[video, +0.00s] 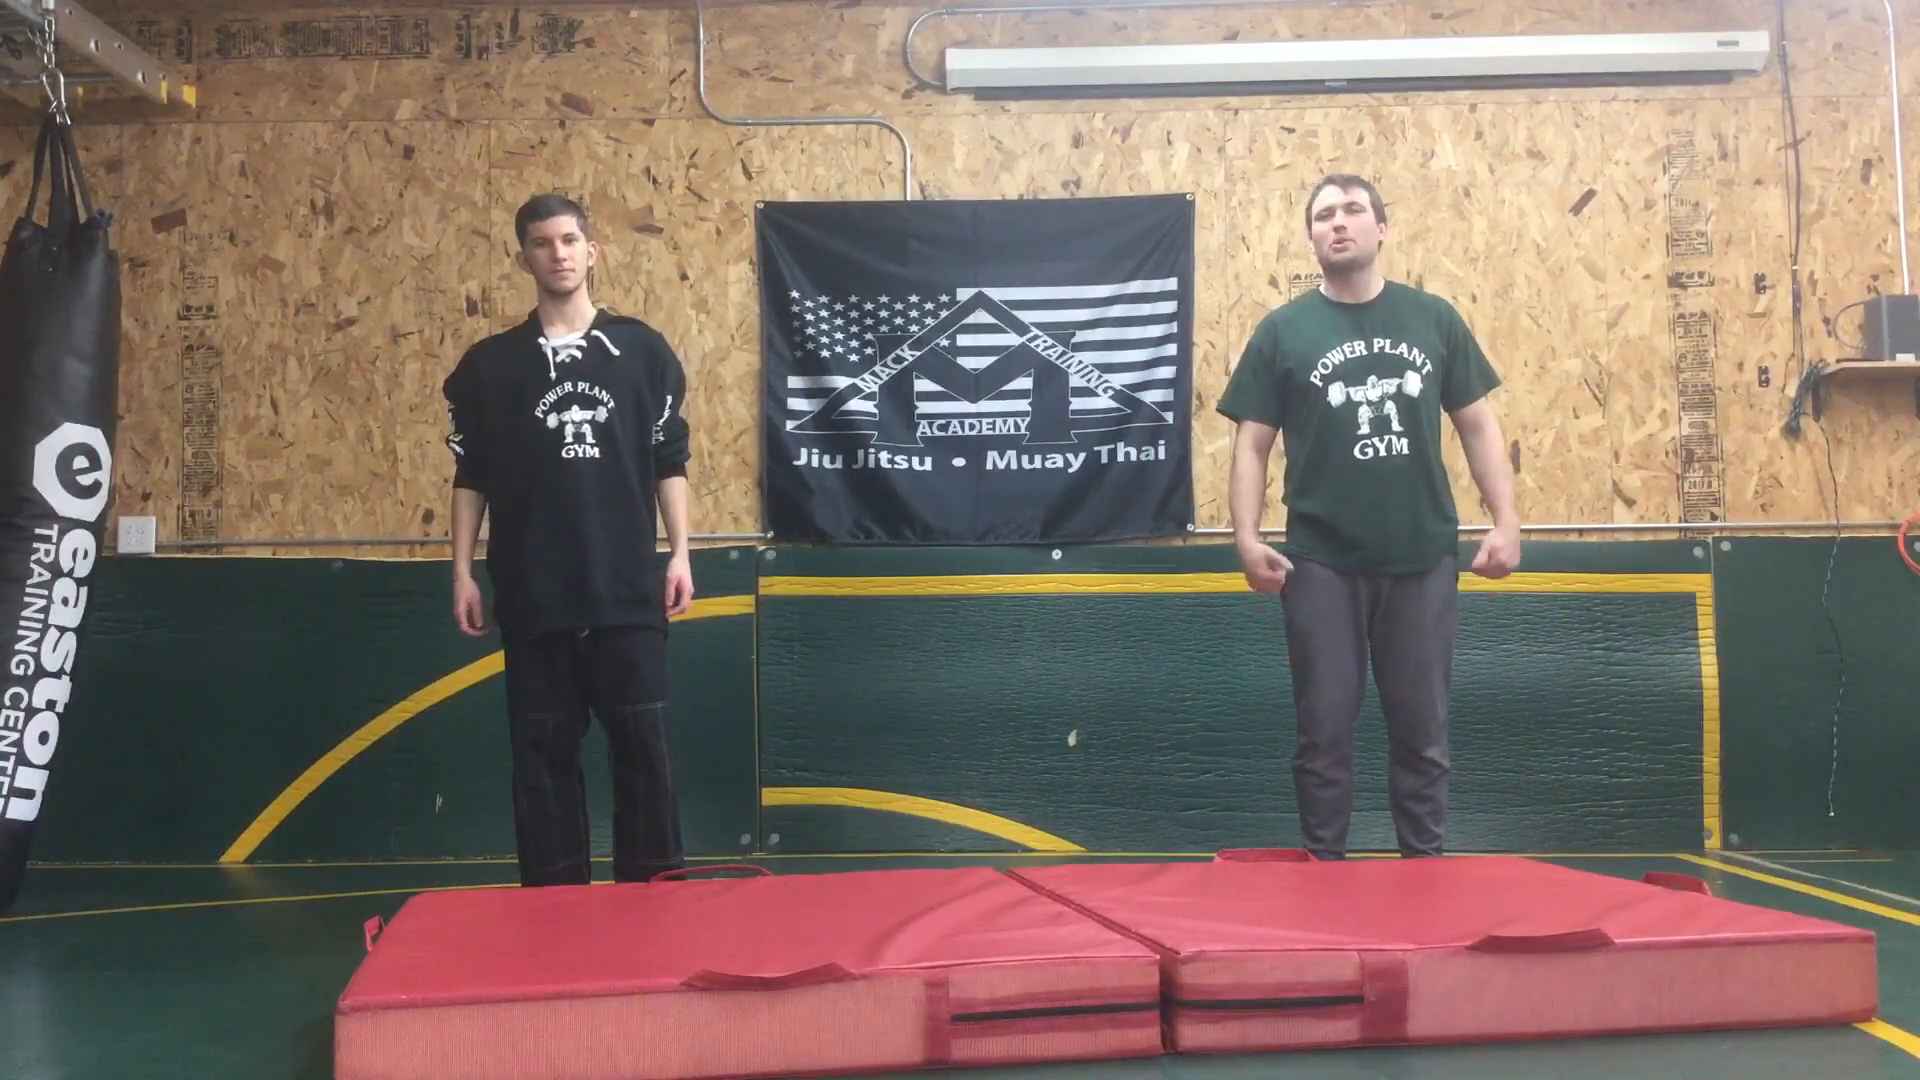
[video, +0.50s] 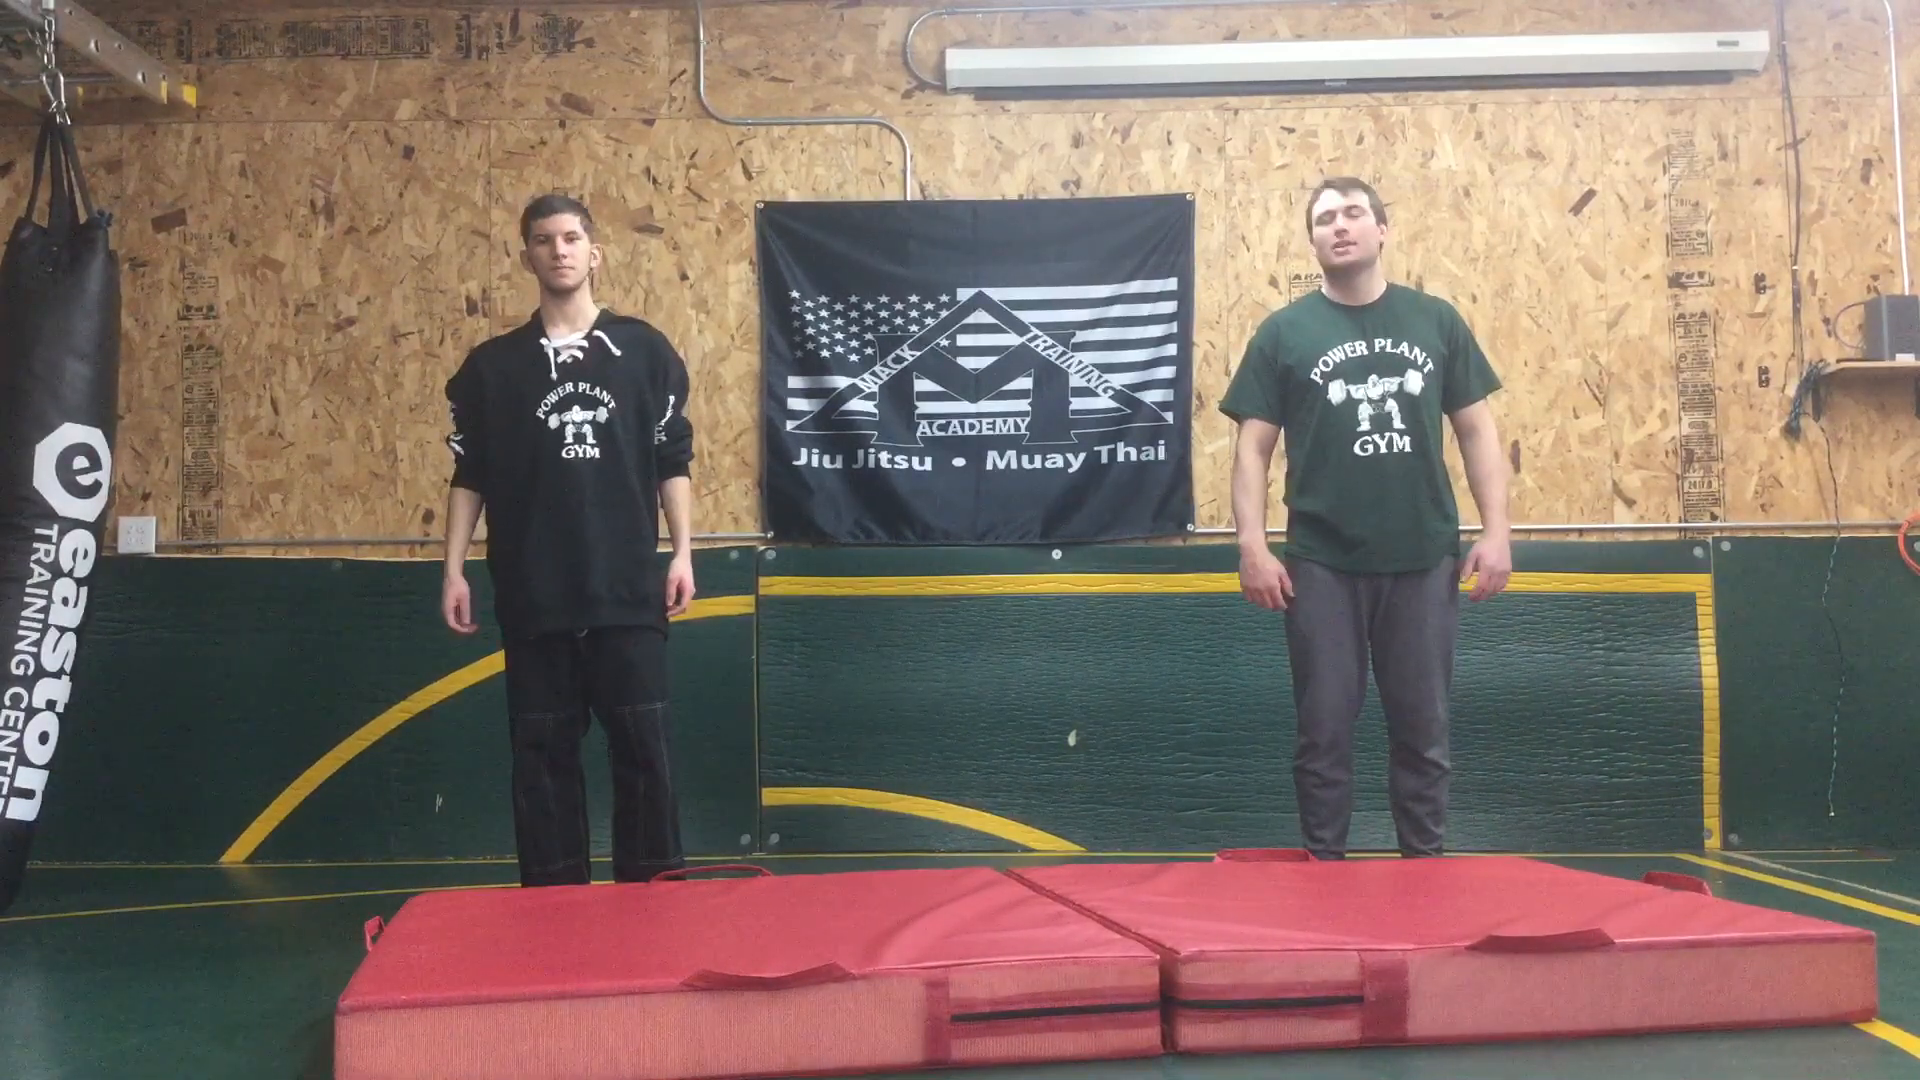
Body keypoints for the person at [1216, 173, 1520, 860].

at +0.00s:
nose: (1337, 223)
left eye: (1351, 211)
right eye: (1324, 216)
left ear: (1382, 230)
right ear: (1310, 240)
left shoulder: (1433, 318)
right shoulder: (1283, 330)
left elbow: (1476, 423)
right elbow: (1252, 444)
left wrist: (1505, 522)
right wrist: (1246, 537)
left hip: (1421, 554)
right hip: (1321, 556)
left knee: (1422, 726)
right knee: (1324, 725)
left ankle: (1424, 867)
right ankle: (1323, 869)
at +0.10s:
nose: (1334, 223)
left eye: (1349, 212)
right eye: (1321, 217)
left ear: (1381, 229)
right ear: (1309, 241)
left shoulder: (1433, 319)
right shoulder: (1283, 331)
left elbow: (1476, 424)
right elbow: (1251, 446)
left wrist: (1505, 526)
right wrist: (1250, 547)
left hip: (1420, 555)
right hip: (1321, 557)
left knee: (1421, 727)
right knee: (1324, 725)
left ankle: (1424, 868)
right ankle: (1323, 871)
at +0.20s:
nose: (1333, 221)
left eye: (1347, 209)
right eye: (1319, 216)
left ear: (1381, 228)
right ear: (1308, 242)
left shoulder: (1433, 319)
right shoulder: (1283, 331)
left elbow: (1474, 429)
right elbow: (1254, 448)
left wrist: (1502, 529)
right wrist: (1251, 550)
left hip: (1421, 555)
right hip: (1321, 557)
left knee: (1421, 728)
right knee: (1324, 726)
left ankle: (1424, 870)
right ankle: (1323, 873)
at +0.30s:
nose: (1333, 221)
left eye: (1347, 209)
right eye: (1320, 216)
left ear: (1381, 229)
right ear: (1309, 243)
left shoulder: (1433, 319)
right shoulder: (1283, 332)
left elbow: (1473, 429)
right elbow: (1254, 450)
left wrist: (1499, 530)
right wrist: (1252, 549)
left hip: (1421, 556)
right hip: (1321, 558)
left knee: (1422, 728)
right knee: (1324, 727)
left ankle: (1424, 869)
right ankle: (1322, 872)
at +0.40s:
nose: (1335, 223)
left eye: (1349, 211)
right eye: (1322, 218)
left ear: (1382, 231)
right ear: (1310, 244)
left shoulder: (1435, 320)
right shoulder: (1283, 332)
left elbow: (1474, 429)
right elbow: (1254, 448)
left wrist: (1496, 531)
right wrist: (1254, 548)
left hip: (1422, 556)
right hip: (1321, 558)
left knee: (1422, 729)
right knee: (1324, 727)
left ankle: (1424, 870)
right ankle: (1323, 872)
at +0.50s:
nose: (1338, 226)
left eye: (1352, 214)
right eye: (1325, 220)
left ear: (1383, 231)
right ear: (1312, 245)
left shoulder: (1436, 321)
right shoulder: (1284, 332)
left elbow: (1475, 429)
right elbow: (1253, 448)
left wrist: (1496, 531)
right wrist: (1252, 546)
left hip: (1422, 557)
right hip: (1321, 559)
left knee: (1423, 728)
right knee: (1324, 726)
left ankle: (1424, 869)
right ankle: (1323, 870)